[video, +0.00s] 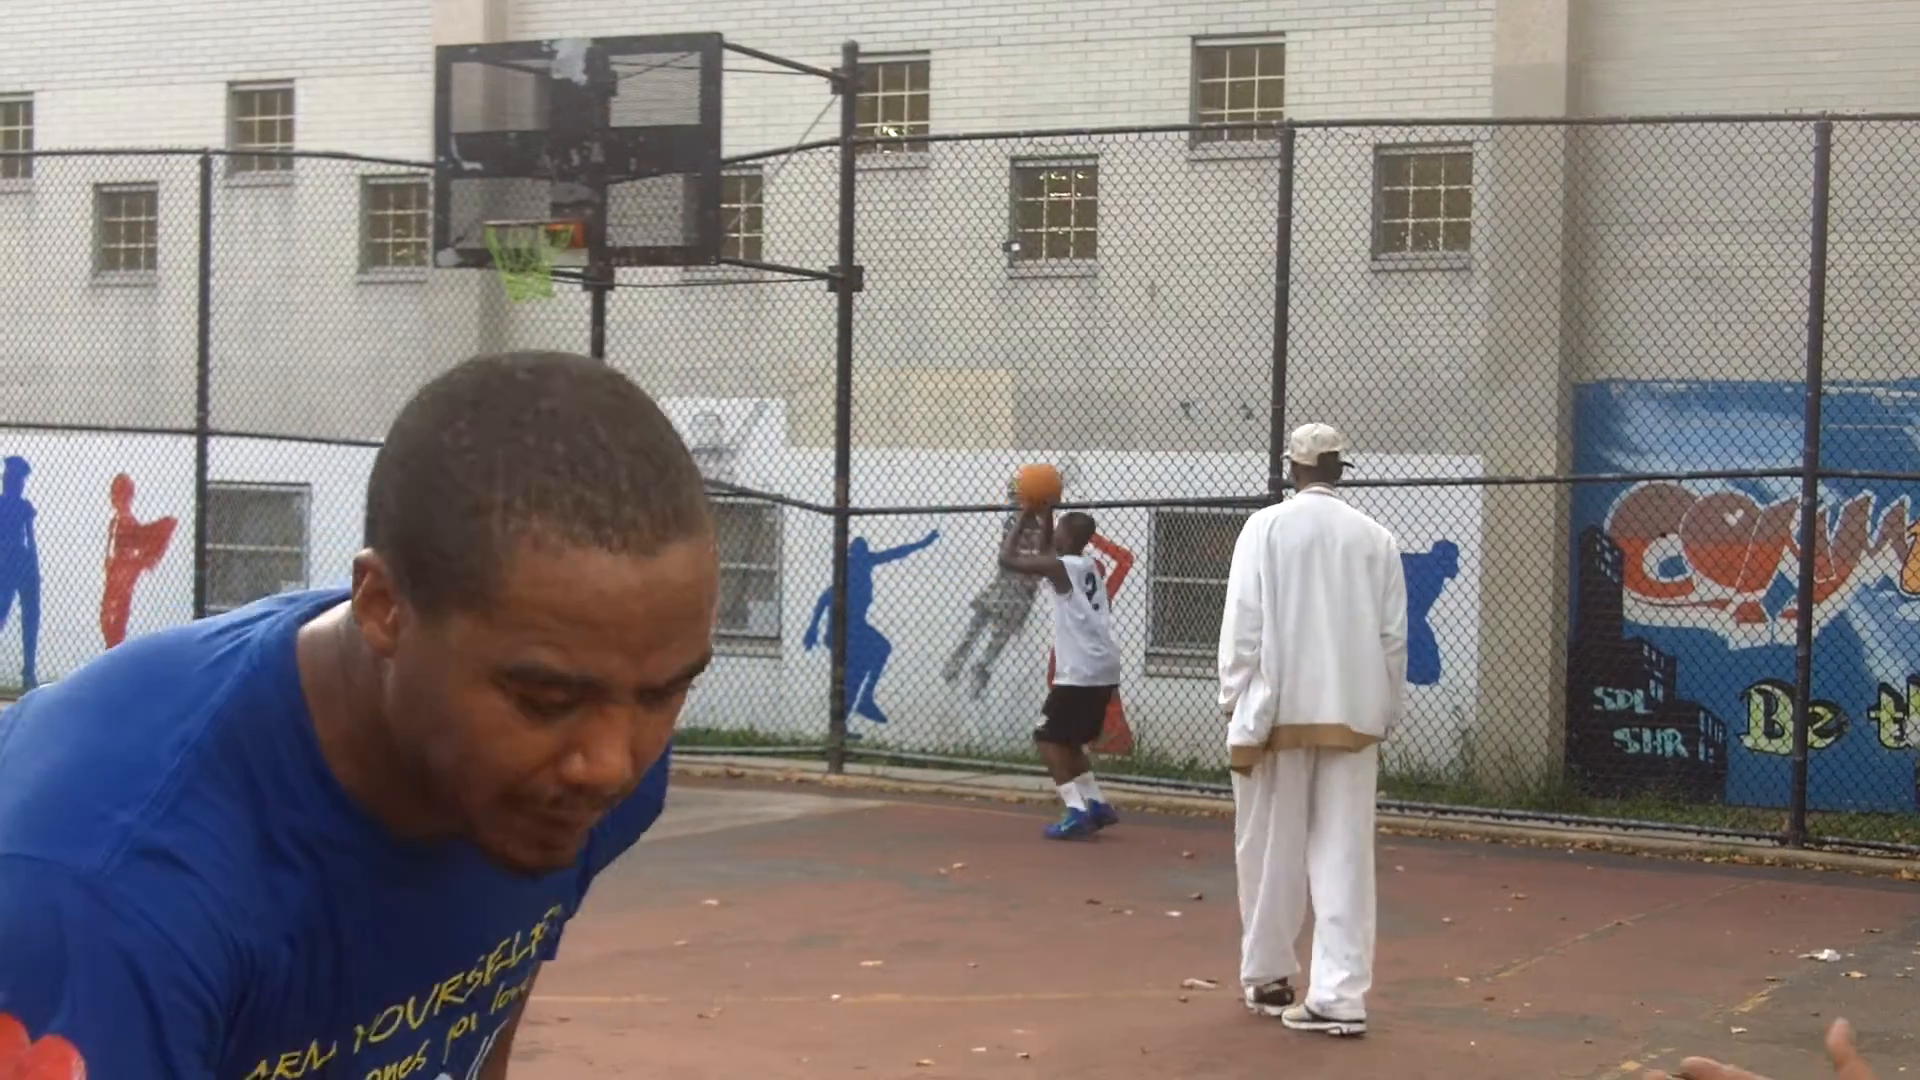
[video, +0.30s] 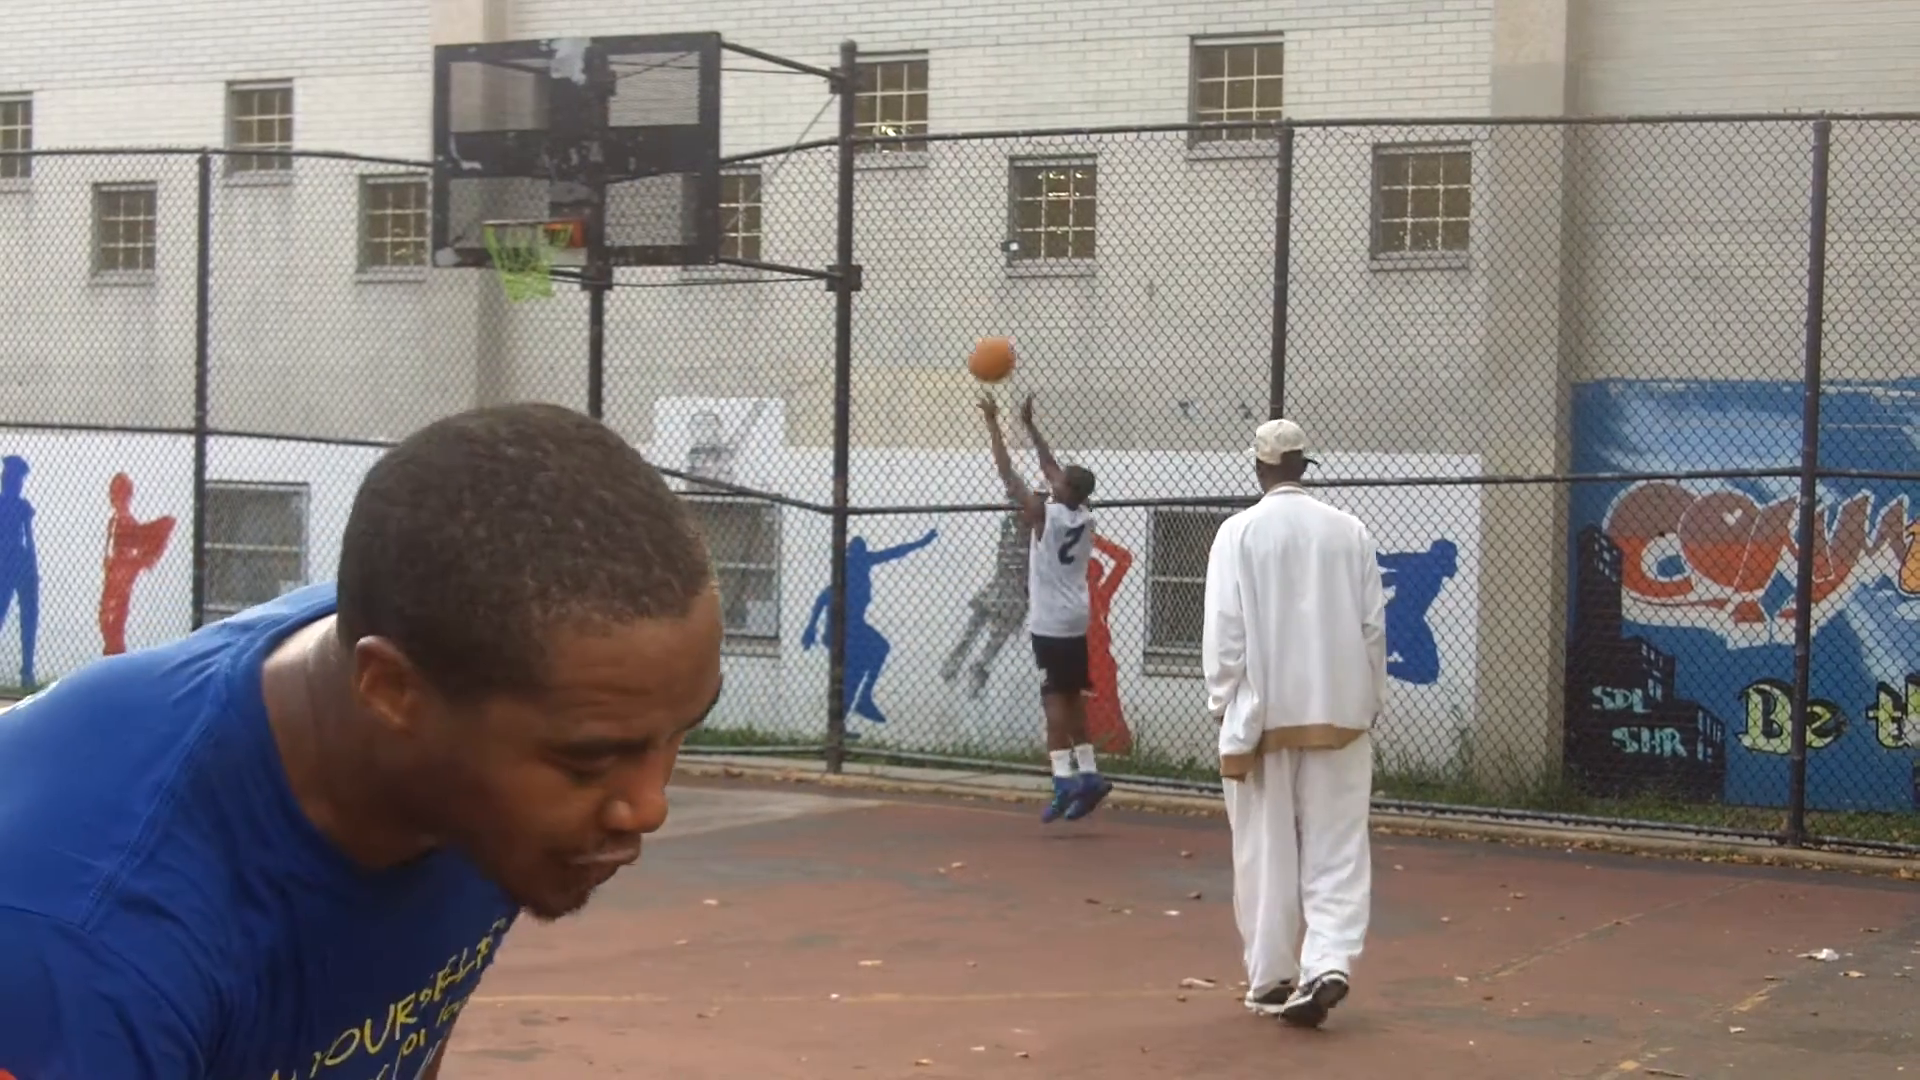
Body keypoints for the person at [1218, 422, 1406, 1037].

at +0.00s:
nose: (1303, 476)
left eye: (1296, 469)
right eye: (1323, 466)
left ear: (1292, 472)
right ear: (1341, 471)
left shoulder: (1264, 527)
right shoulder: (1377, 537)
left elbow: (1243, 625)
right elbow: (1394, 636)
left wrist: (1234, 701)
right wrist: (1388, 710)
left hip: (1275, 709)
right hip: (1353, 711)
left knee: (1270, 845)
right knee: (1345, 850)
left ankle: (1268, 976)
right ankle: (1340, 999)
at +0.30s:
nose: (1262, 474)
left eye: (1258, 466)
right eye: (1282, 464)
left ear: (1258, 470)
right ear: (1305, 467)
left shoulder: (1237, 533)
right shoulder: (1349, 529)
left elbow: (1224, 636)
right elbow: (1373, 628)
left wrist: (1229, 715)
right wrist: (1372, 703)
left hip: (1263, 712)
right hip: (1340, 710)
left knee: (1263, 847)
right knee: (1338, 847)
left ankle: (1270, 978)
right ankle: (1329, 966)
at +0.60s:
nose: (1261, 474)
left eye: (1255, 466)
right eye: (1282, 464)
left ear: (1254, 470)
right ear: (1301, 467)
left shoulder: (1230, 531)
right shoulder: (1342, 527)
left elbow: (1215, 634)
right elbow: (1367, 623)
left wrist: (1220, 711)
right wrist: (1364, 698)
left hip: (1256, 707)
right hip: (1331, 704)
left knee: (1257, 841)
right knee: (1326, 840)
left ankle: (1270, 976)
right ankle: (1318, 975)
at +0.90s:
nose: (1279, 475)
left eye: (1274, 467)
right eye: (1310, 467)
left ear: (1273, 471)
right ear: (1322, 472)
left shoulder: (1240, 529)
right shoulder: (1352, 533)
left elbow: (1217, 630)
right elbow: (1373, 631)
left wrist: (1217, 709)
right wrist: (1370, 710)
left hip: (1253, 707)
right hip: (1331, 709)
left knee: (1256, 843)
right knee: (1325, 838)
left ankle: (1268, 974)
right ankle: (1321, 969)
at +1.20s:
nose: (1336, 474)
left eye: (1324, 463)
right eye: (1354, 469)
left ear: (1313, 466)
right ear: (1360, 472)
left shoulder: (1270, 519)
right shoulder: (1380, 538)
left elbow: (1234, 617)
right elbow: (1388, 637)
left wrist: (1228, 696)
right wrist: (1377, 708)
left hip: (1263, 695)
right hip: (1340, 703)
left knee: (1254, 829)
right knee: (1329, 835)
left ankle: (1262, 950)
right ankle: (1318, 973)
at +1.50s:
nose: (1360, 471)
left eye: (1346, 461)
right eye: (1375, 466)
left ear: (1336, 463)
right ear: (1383, 470)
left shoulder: (1290, 517)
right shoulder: (1395, 538)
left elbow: (1250, 613)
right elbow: (1396, 637)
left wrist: (1243, 690)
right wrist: (1390, 705)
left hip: (1277, 692)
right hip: (1350, 701)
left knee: (1266, 818)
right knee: (1339, 833)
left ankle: (1265, 942)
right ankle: (1321, 972)